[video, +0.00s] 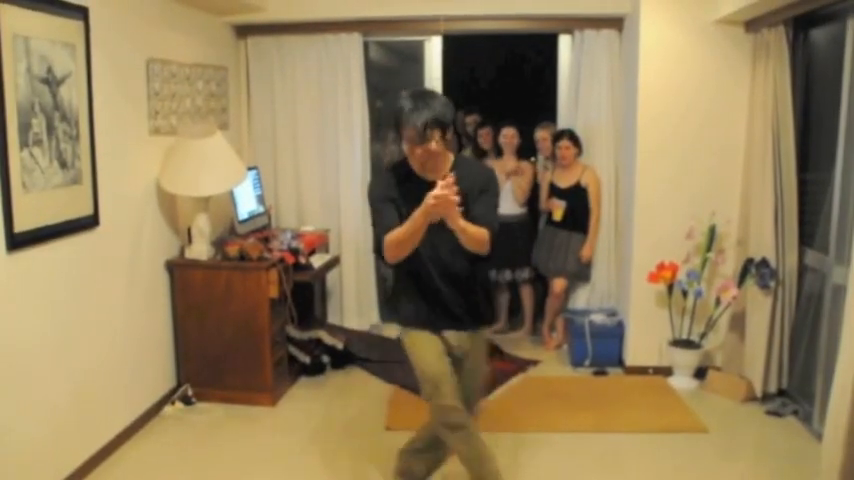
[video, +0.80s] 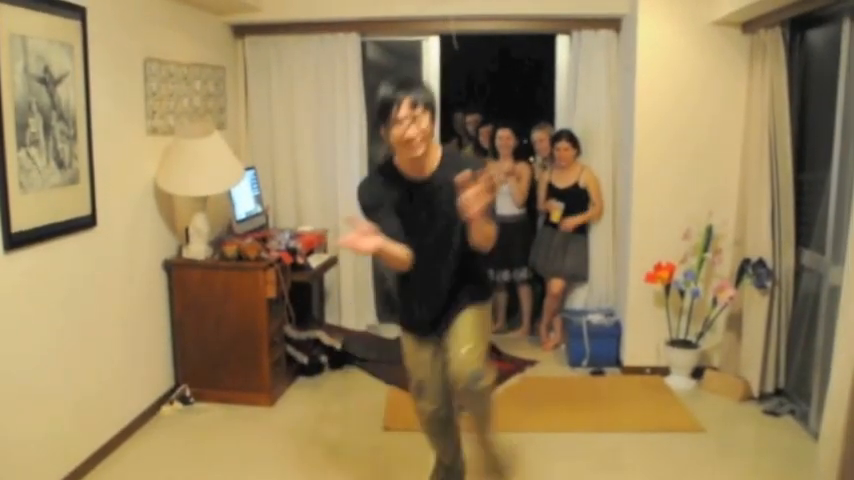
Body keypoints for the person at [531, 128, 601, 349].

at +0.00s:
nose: (563, 152)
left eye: (568, 147)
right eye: (559, 148)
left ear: (577, 150)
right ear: (554, 151)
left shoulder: (588, 175)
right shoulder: (549, 176)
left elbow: (594, 211)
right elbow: (541, 205)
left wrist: (589, 243)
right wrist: (550, 205)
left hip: (575, 234)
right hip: (552, 232)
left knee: (559, 286)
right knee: (555, 288)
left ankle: (546, 326)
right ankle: (560, 331)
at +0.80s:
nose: (561, 154)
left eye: (566, 149)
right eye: (558, 149)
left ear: (576, 151)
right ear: (552, 152)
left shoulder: (586, 175)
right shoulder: (547, 176)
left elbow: (597, 208)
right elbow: (540, 204)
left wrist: (576, 220)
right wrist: (548, 206)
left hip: (573, 233)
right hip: (550, 231)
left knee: (557, 287)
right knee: (552, 287)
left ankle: (544, 326)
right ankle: (557, 330)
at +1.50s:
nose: (567, 185)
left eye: (570, 180)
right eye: (563, 181)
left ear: (576, 175)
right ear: (553, 176)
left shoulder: (583, 187)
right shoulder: (541, 182)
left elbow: (587, 219)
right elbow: (529, 211)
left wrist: (575, 242)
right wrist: (544, 228)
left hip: (568, 234)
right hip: (542, 231)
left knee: (550, 283)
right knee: (543, 284)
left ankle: (549, 333)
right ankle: (551, 329)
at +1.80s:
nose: (565, 213)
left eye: (569, 210)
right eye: (562, 209)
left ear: (576, 204)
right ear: (555, 198)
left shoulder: (580, 208)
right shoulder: (542, 194)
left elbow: (582, 238)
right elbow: (526, 220)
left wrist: (583, 273)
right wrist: (540, 244)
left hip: (565, 240)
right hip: (538, 237)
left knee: (548, 284)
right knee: (540, 286)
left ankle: (551, 333)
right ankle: (550, 328)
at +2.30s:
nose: (568, 211)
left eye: (570, 207)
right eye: (564, 207)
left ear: (574, 202)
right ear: (553, 201)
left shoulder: (578, 208)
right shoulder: (538, 199)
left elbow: (581, 238)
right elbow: (528, 227)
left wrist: (582, 269)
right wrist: (539, 246)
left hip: (564, 240)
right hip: (540, 239)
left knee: (548, 282)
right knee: (540, 283)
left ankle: (550, 330)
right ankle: (550, 327)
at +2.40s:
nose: (563, 194)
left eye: (567, 188)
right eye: (559, 188)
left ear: (573, 186)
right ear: (550, 187)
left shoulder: (579, 197)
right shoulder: (539, 194)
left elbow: (582, 222)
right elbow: (532, 223)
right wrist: (538, 236)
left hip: (563, 235)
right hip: (541, 233)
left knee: (548, 279)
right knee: (539, 281)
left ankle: (550, 329)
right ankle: (550, 325)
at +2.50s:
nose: (559, 180)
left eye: (563, 175)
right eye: (554, 175)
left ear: (571, 175)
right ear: (547, 176)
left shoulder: (578, 190)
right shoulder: (538, 189)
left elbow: (580, 223)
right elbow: (536, 221)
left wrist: (561, 227)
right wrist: (549, 224)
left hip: (564, 235)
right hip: (539, 235)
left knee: (548, 279)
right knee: (539, 281)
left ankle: (550, 329)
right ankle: (550, 325)